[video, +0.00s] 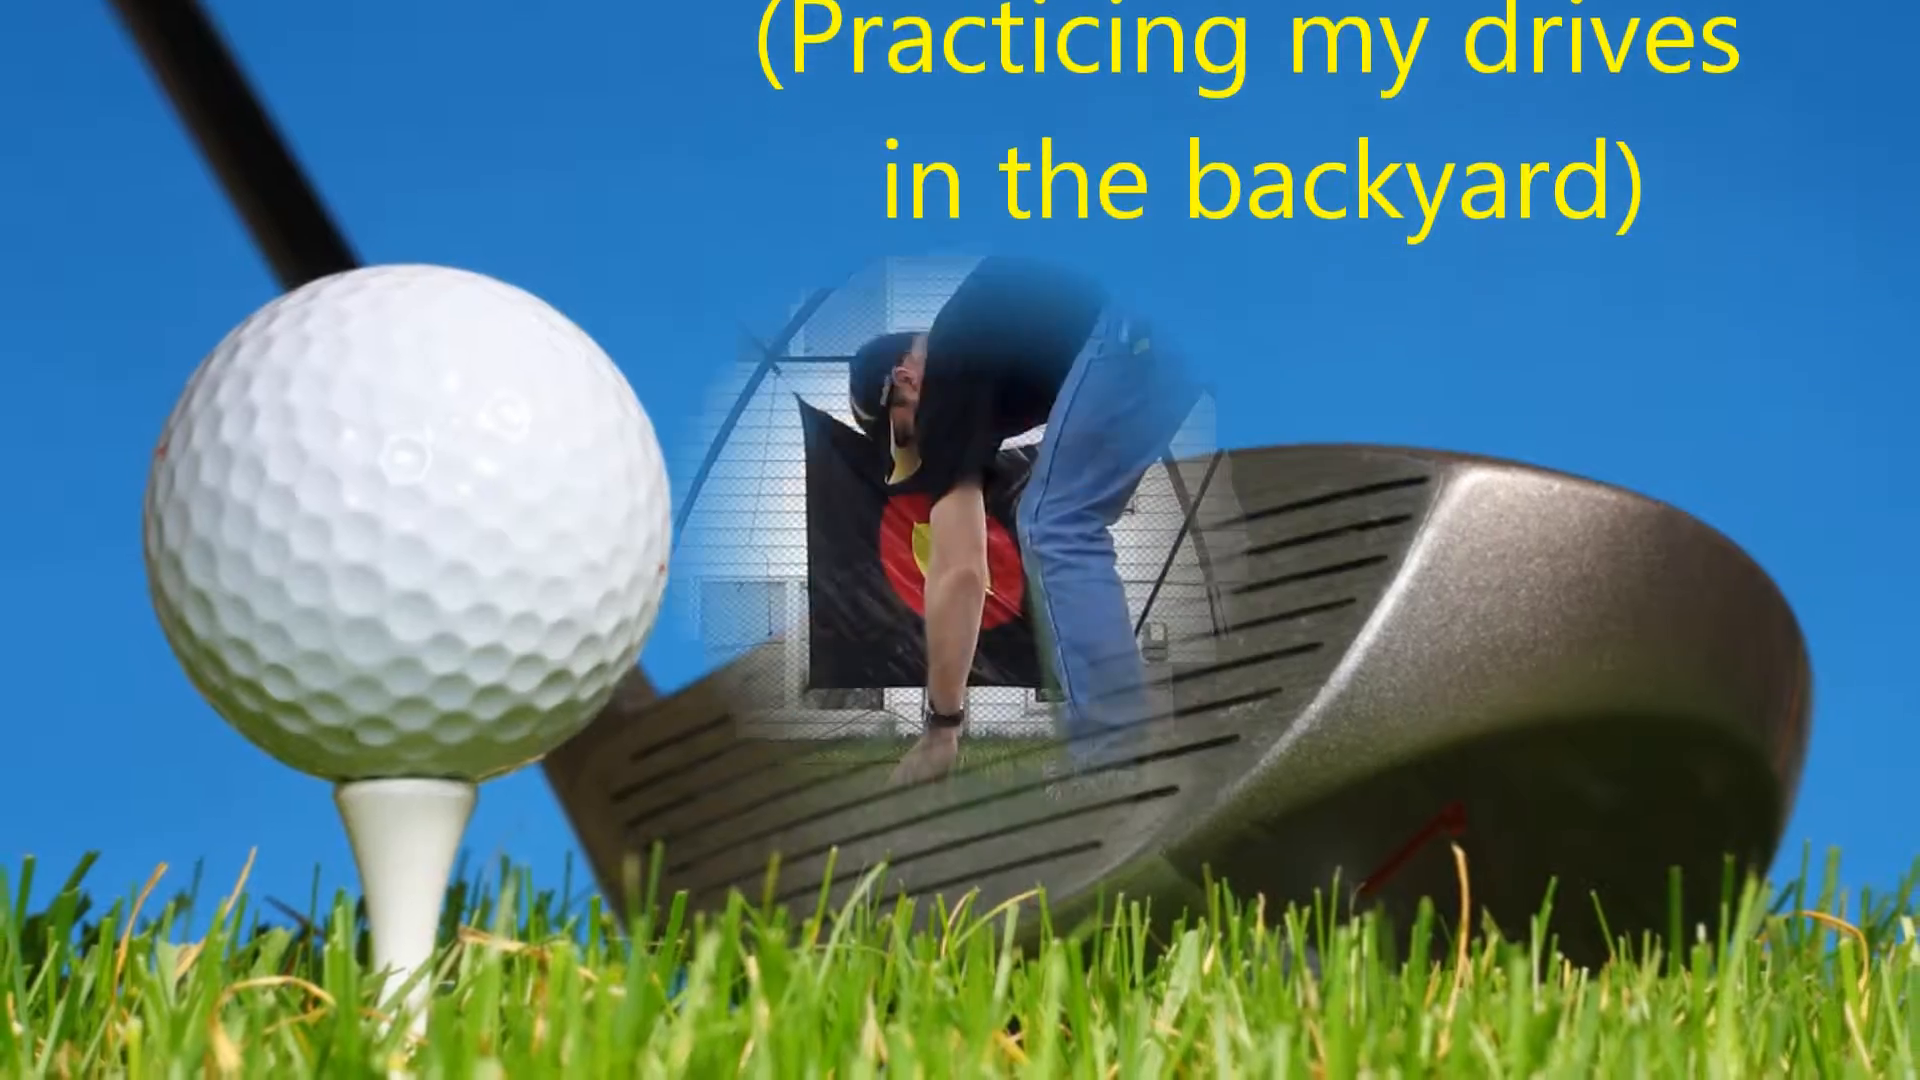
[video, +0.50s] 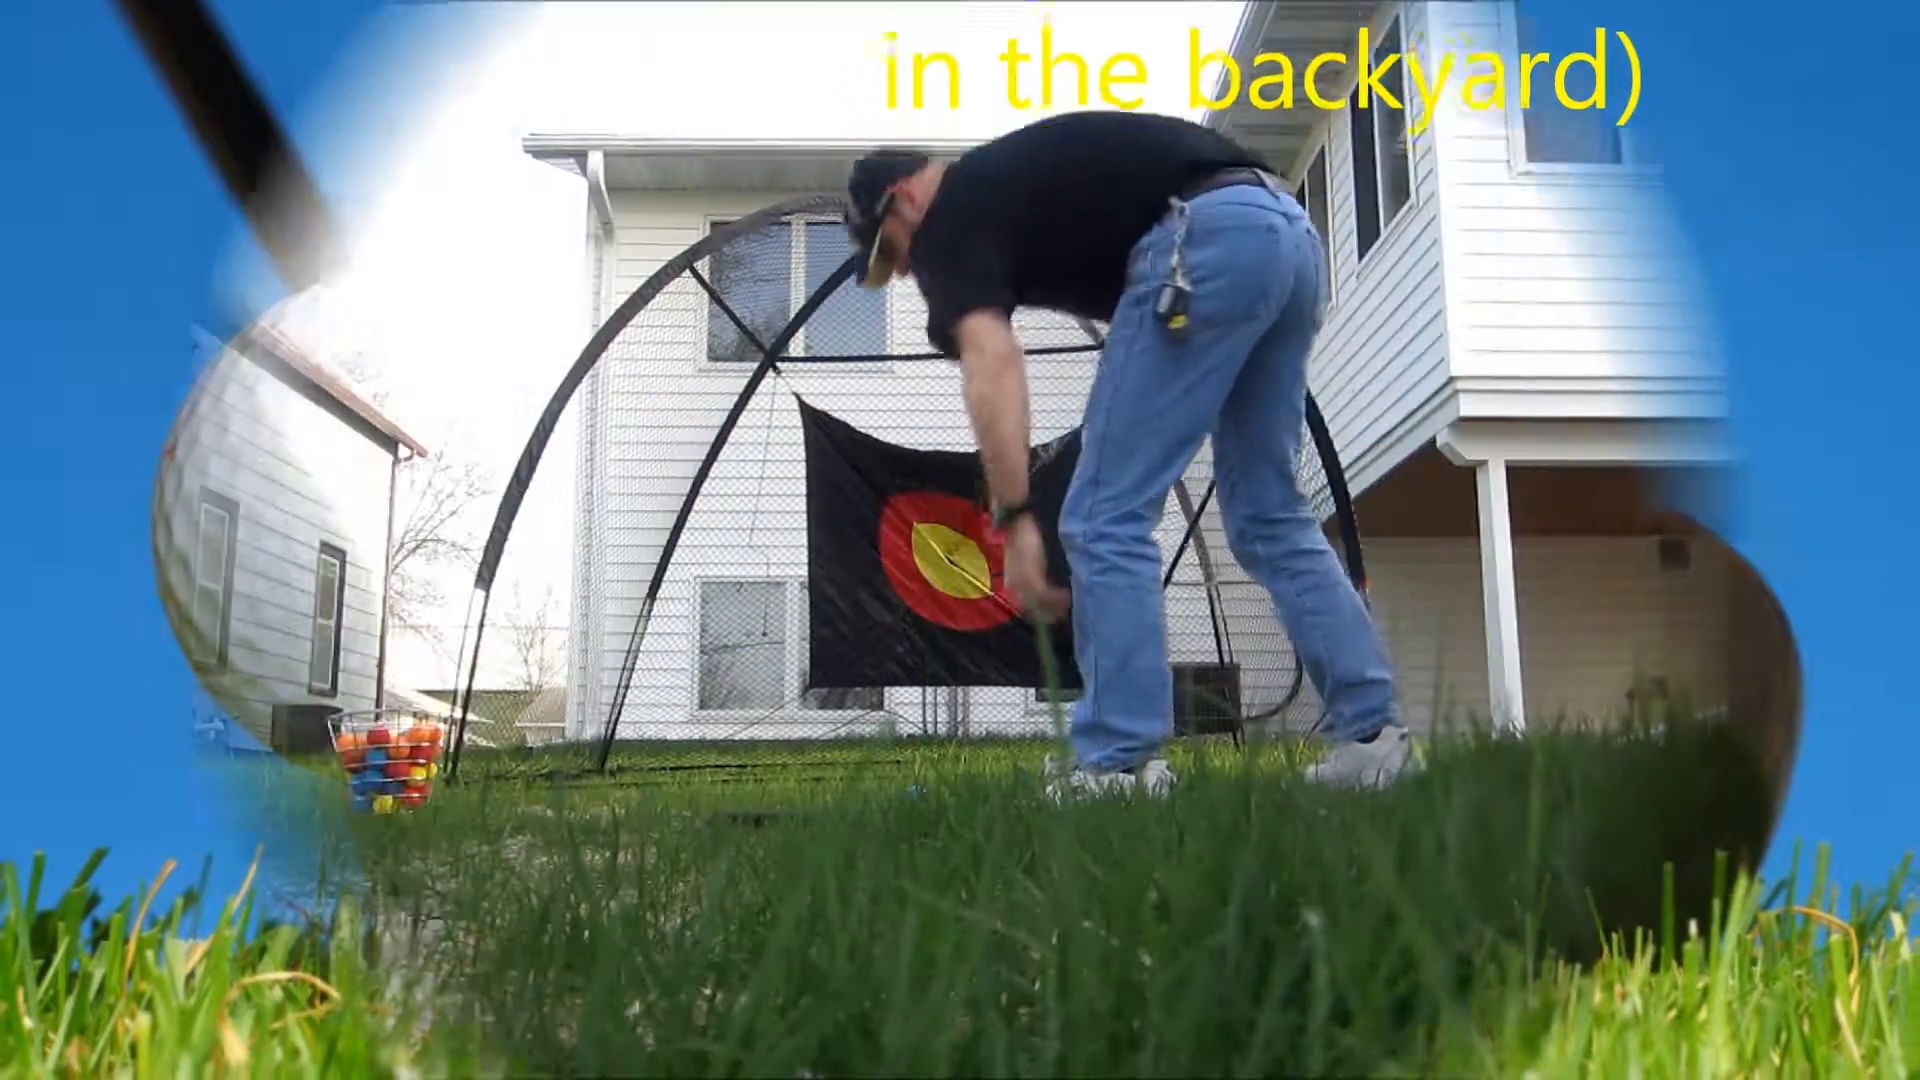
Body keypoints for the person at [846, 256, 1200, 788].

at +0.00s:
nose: (914, 435)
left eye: (900, 423)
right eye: (905, 433)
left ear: (903, 379)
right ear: (910, 369)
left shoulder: (949, 385)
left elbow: (960, 571)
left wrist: (942, 725)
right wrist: (943, 717)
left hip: (1146, 327)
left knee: (1058, 520)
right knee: (1050, 517)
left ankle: (1113, 748)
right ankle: (1111, 738)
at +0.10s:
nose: (924, 431)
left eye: (909, 420)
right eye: (912, 433)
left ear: (907, 373)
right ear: (912, 360)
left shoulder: (950, 368)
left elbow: (962, 565)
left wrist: (944, 721)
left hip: (1172, 263)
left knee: (1058, 516)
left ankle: (1114, 757)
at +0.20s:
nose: (914, 400)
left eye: (898, 385)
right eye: (901, 400)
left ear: (902, 341)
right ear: (916, 319)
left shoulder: (945, 342)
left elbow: (970, 531)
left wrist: (963, 687)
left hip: (1184, 243)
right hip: (1278, 232)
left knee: (1067, 520)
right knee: (1296, 518)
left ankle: (1113, 761)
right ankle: (1365, 730)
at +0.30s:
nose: (911, 375)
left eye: (895, 361)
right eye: (898, 370)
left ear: (898, 310)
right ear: (911, 291)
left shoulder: (941, 315)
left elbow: (976, 495)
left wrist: (980, 651)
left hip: (1188, 239)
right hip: (1279, 236)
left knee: (1076, 522)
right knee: (1298, 520)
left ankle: (1115, 762)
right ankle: (1364, 742)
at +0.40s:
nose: (903, 339)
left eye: (889, 319)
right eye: (888, 332)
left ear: (897, 266)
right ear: (921, 241)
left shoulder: (943, 272)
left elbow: (979, 444)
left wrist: (997, 599)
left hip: (1193, 236)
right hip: (1280, 233)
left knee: (1088, 518)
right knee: (1292, 519)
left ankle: (1117, 761)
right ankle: (1365, 741)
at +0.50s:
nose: (905, 267)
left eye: (893, 247)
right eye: (892, 260)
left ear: (905, 196)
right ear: (927, 183)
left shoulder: (951, 216)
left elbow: (993, 361)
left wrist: (1015, 518)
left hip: (1202, 237)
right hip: (1292, 239)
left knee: (1105, 519)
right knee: (1267, 516)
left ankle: (1116, 760)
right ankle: (1372, 733)